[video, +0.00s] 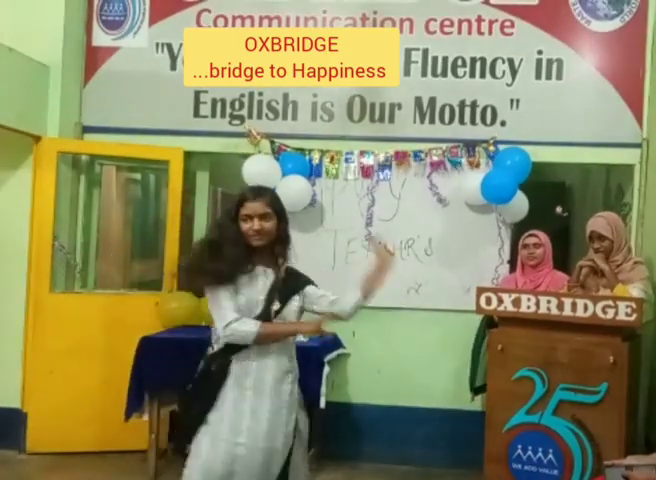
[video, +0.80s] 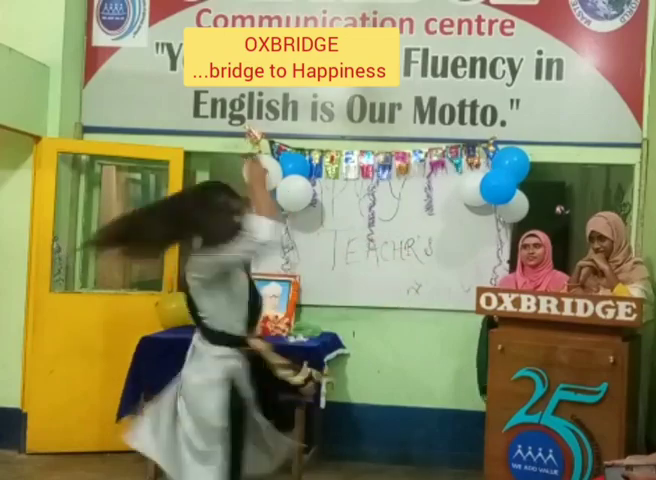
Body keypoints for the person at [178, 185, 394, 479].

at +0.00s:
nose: (255, 227)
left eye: (264, 218)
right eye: (247, 219)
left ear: (280, 223)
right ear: (236, 224)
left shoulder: (291, 279)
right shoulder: (221, 270)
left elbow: (341, 309)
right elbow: (230, 329)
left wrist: (378, 271)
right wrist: (299, 327)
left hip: (278, 386)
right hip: (233, 385)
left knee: (273, 462)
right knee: (218, 462)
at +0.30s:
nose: (261, 227)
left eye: (271, 219)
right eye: (253, 219)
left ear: (288, 223)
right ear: (244, 223)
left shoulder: (304, 279)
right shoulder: (226, 270)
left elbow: (312, 331)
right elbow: (203, 334)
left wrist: (346, 284)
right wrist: (248, 326)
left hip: (281, 393)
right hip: (235, 389)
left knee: (275, 465)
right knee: (228, 464)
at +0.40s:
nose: (255, 229)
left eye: (266, 221)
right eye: (248, 222)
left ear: (286, 227)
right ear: (240, 227)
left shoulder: (295, 278)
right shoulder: (241, 273)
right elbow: (213, 332)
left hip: (274, 380)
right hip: (236, 376)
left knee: (268, 463)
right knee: (233, 460)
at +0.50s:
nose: (231, 228)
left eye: (239, 220)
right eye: (232, 220)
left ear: (264, 227)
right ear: (265, 229)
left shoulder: (252, 281)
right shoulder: (279, 277)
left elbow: (185, 285)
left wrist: (181, 233)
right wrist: (183, 231)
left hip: (238, 384)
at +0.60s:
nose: (217, 233)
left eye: (219, 225)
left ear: (224, 231)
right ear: (272, 233)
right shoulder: (281, 279)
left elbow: (180, 260)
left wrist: (195, 213)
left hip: (218, 389)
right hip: (264, 387)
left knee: (213, 468)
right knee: (267, 464)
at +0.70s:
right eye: (244, 222)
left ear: (202, 228)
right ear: (241, 231)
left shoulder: (184, 266)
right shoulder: (244, 273)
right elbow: (304, 264)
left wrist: (240, 202)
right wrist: (286, 215)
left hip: (199, 373)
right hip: (242, 379)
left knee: (202, 457)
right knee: (264, 460)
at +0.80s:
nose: (238, 222)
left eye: (238, 215)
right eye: (231, 215)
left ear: (203, 220)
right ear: (213, 220)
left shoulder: (212, 256)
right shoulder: (205, 262)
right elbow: (263, 234)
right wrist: (259, 182)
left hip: (219, 360)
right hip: (215, 367)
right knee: (220, 462)